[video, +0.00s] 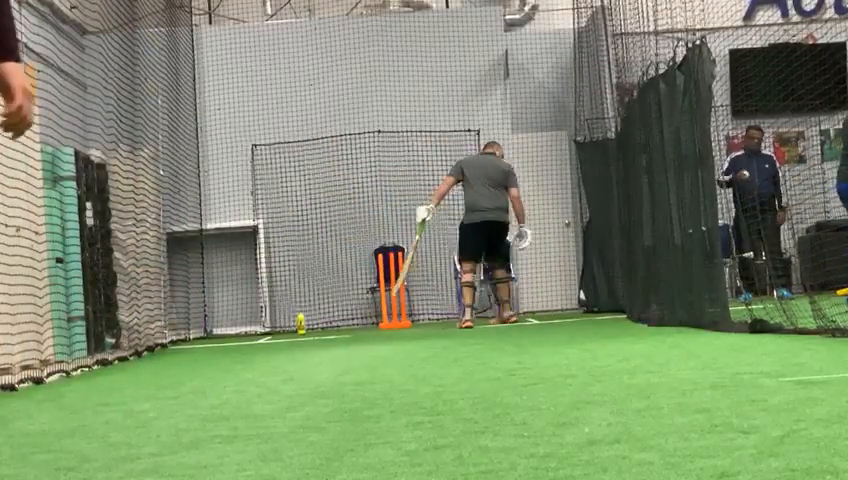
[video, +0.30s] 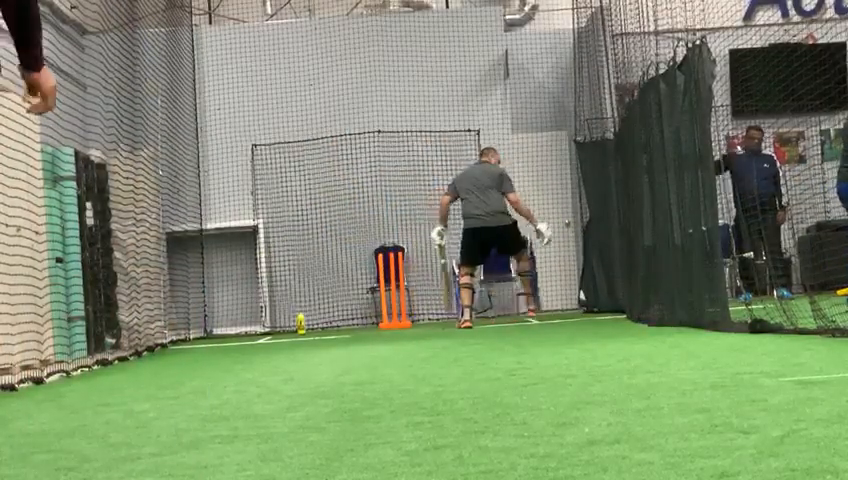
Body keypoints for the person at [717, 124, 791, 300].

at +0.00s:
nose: (755, 142)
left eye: (758, 139)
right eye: (751, 138)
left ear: (762, 141)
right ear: (744, 140)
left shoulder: (769, 159)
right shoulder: (735, 159)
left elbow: (777, 185)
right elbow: (721, 181)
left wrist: (781, 207)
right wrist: (735, 178)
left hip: (768, 211)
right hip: (744, 212)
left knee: (774, 248)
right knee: (746, 252)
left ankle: (779, 286)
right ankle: (748, 289)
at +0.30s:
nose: (755, 142)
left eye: (759, 139)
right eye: (752, 138)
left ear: (762, 142)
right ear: (744, 140)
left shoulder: (769, 160)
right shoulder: (734, 159)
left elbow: (777, 186)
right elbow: (713, 169)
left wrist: (781, 207)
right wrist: (726, 154)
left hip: (768, 211)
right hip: (745, 212)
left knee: (774, 249)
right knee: (745, 251)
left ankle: (779, 286)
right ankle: (749, 289)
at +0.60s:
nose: (758, 145)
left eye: (760, 142)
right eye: (754, 141)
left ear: (763, 142)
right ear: (746, 140)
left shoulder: (768, 159)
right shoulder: (736, 160)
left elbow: (781, 180)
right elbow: (715, 172)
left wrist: (773, 176)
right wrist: (728, 160)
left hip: (767, 210)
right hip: (744, 211)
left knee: (773, 247)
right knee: (744, 250)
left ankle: (780, 286)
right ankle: (748, 289)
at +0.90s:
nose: (755, 144)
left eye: (758, 141)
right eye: (752, 141)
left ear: (761, 142)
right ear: (744, 140)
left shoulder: (768, 159)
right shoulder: (734, 160)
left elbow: (783, 175)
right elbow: (714, 172)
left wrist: (778, 178)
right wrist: (728, 162)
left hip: (767, 210)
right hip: (744, 211)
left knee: (773, 247)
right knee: (744, 250)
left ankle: (779, 285)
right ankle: (748, 289)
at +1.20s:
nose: (756, 144)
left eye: (759, 140)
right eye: (753, 140)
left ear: (761, 142)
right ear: (743, 140)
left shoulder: (767, 159)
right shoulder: (732, 159)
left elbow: (775, 184)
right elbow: (712, 157)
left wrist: (778, 205)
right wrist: (723, 144)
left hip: (768, 210)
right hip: (745, 212)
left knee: (774, 249)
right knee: (745, 252)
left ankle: (780, 286)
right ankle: (749, 290)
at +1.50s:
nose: (758, 143)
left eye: (761, 140)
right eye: (754, 139)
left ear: (764, 141)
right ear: (746, 140)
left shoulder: (770, 159)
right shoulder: (738, 159)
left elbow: (781, 183)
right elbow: (726, 167)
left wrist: (787, 204)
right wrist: (730, 148)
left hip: (770, 211)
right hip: (746, 212)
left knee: (776, 248)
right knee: (745, 252)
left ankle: (782, 286)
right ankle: (749, 289)